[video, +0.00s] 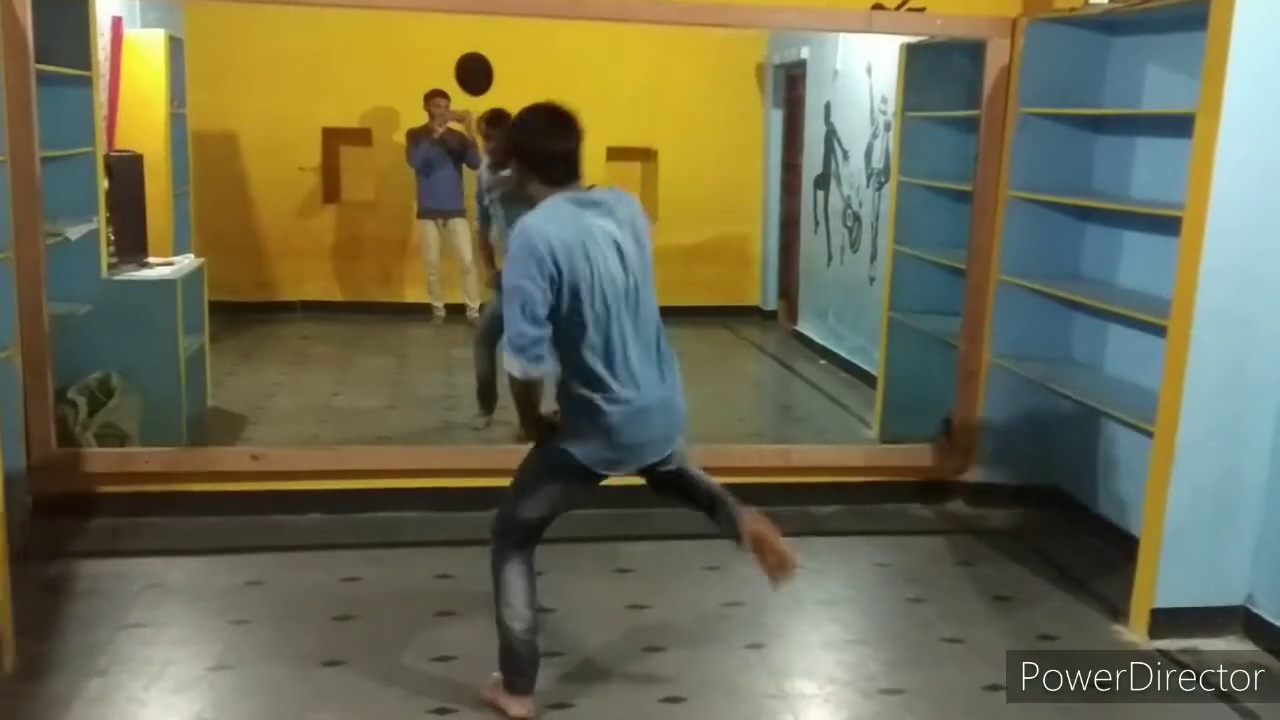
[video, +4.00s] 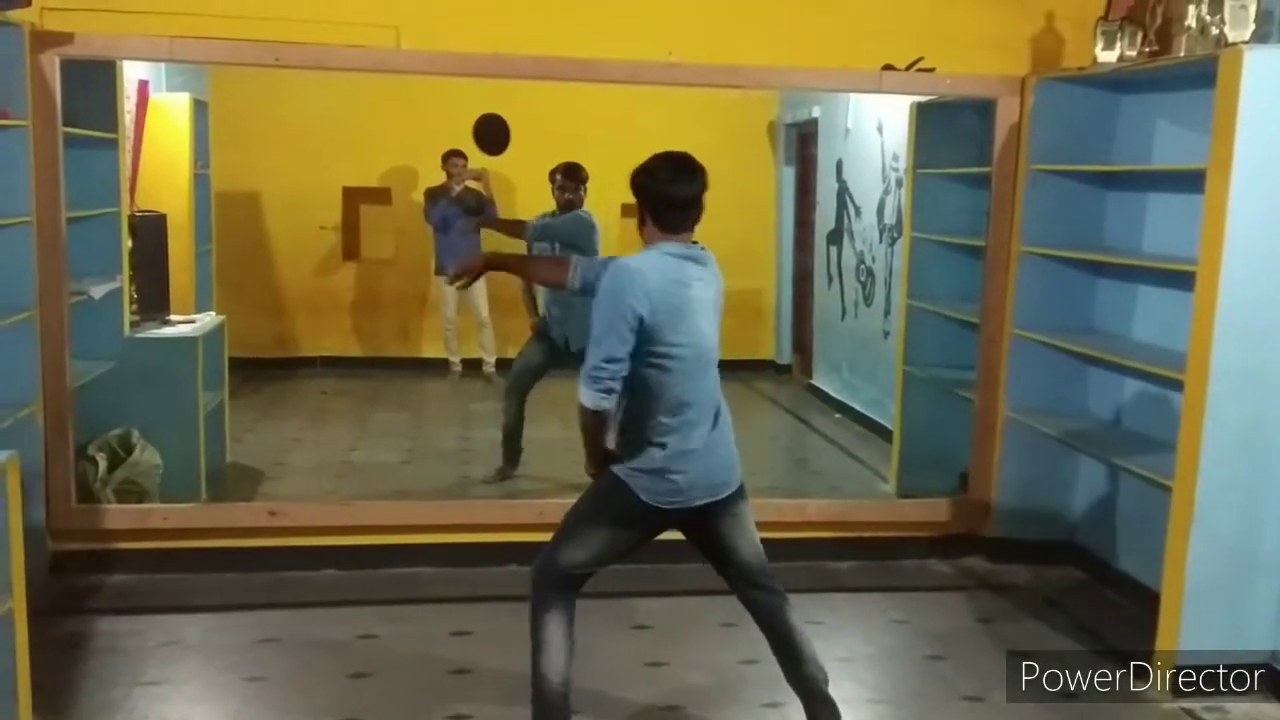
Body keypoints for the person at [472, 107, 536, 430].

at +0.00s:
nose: (489, 146)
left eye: (495, 138)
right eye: (485, 138)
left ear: (512, 140)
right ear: (481, 140)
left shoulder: (531, 177)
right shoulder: (485, 179)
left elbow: (551, 217)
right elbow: (483, 230)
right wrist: (491, 271)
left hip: (546, 276)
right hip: (511, 278)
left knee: (563, 340)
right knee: (485, 335)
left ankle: (568, 408)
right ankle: (486, 407)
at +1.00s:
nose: (577, 126)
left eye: (583, 120)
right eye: (570, 119)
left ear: (590, 123)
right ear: (556, 121)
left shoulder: (598, 168)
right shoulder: (537, 159)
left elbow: (616, 211)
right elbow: (489, 167)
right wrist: (518, 165)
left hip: (591, 278)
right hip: (544, 276)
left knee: (624, 346)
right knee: (512, 347)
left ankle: (635, 423)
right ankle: (488, 411)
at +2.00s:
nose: (616, 130)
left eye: (622, 124)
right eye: (610, 122)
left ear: (628, 130)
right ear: (597, 124)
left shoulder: (623, 178)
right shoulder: (582, 149)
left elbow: (618, 226)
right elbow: (591, 167)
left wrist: (623, 264)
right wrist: (637, 178)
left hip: (595, 263)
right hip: (558, 257)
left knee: (626, 326)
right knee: (530, 326)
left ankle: (630, 398)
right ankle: (491, 379)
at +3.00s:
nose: (562, 170)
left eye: (568, 163)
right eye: (555, 164)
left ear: (577, 164)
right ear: (543, 166)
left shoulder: (601, 202)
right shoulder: (535, 203)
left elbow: (639, 228)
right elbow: (528, 252)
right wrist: (533, 291)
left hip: (596, 311)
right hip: (553, 309)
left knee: (623, 372)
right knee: (509, 363)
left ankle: (621, 440)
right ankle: (498, 443)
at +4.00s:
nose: (565, 195)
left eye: (571, 189)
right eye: (559, 189)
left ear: (583, 191)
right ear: (552, 189)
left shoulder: (582, 224)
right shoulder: (544, 224)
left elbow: (529, 231)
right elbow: (527, 274)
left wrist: (486, 221)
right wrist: (534, 317)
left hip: (591, 335)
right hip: (553, 332)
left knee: (612, 401)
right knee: (515, 386)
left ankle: (616, 464)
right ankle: (509, 464)